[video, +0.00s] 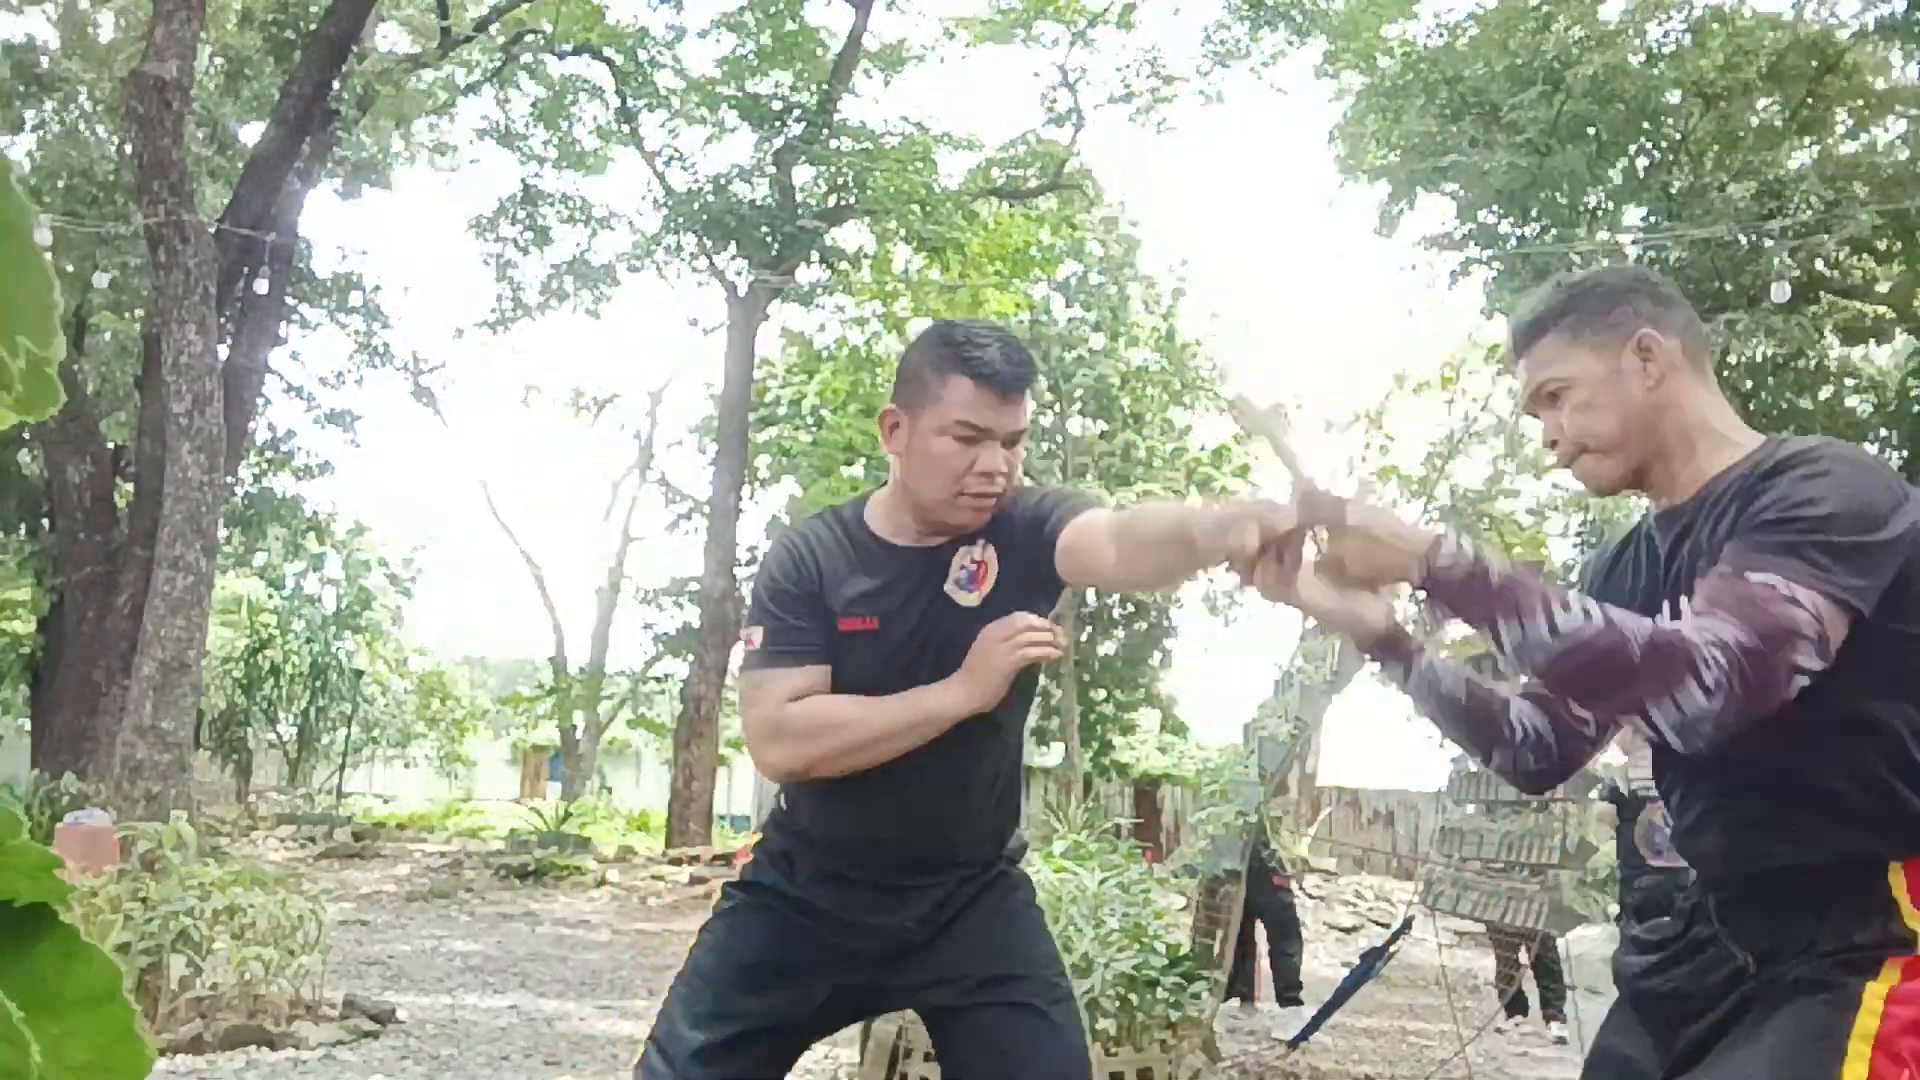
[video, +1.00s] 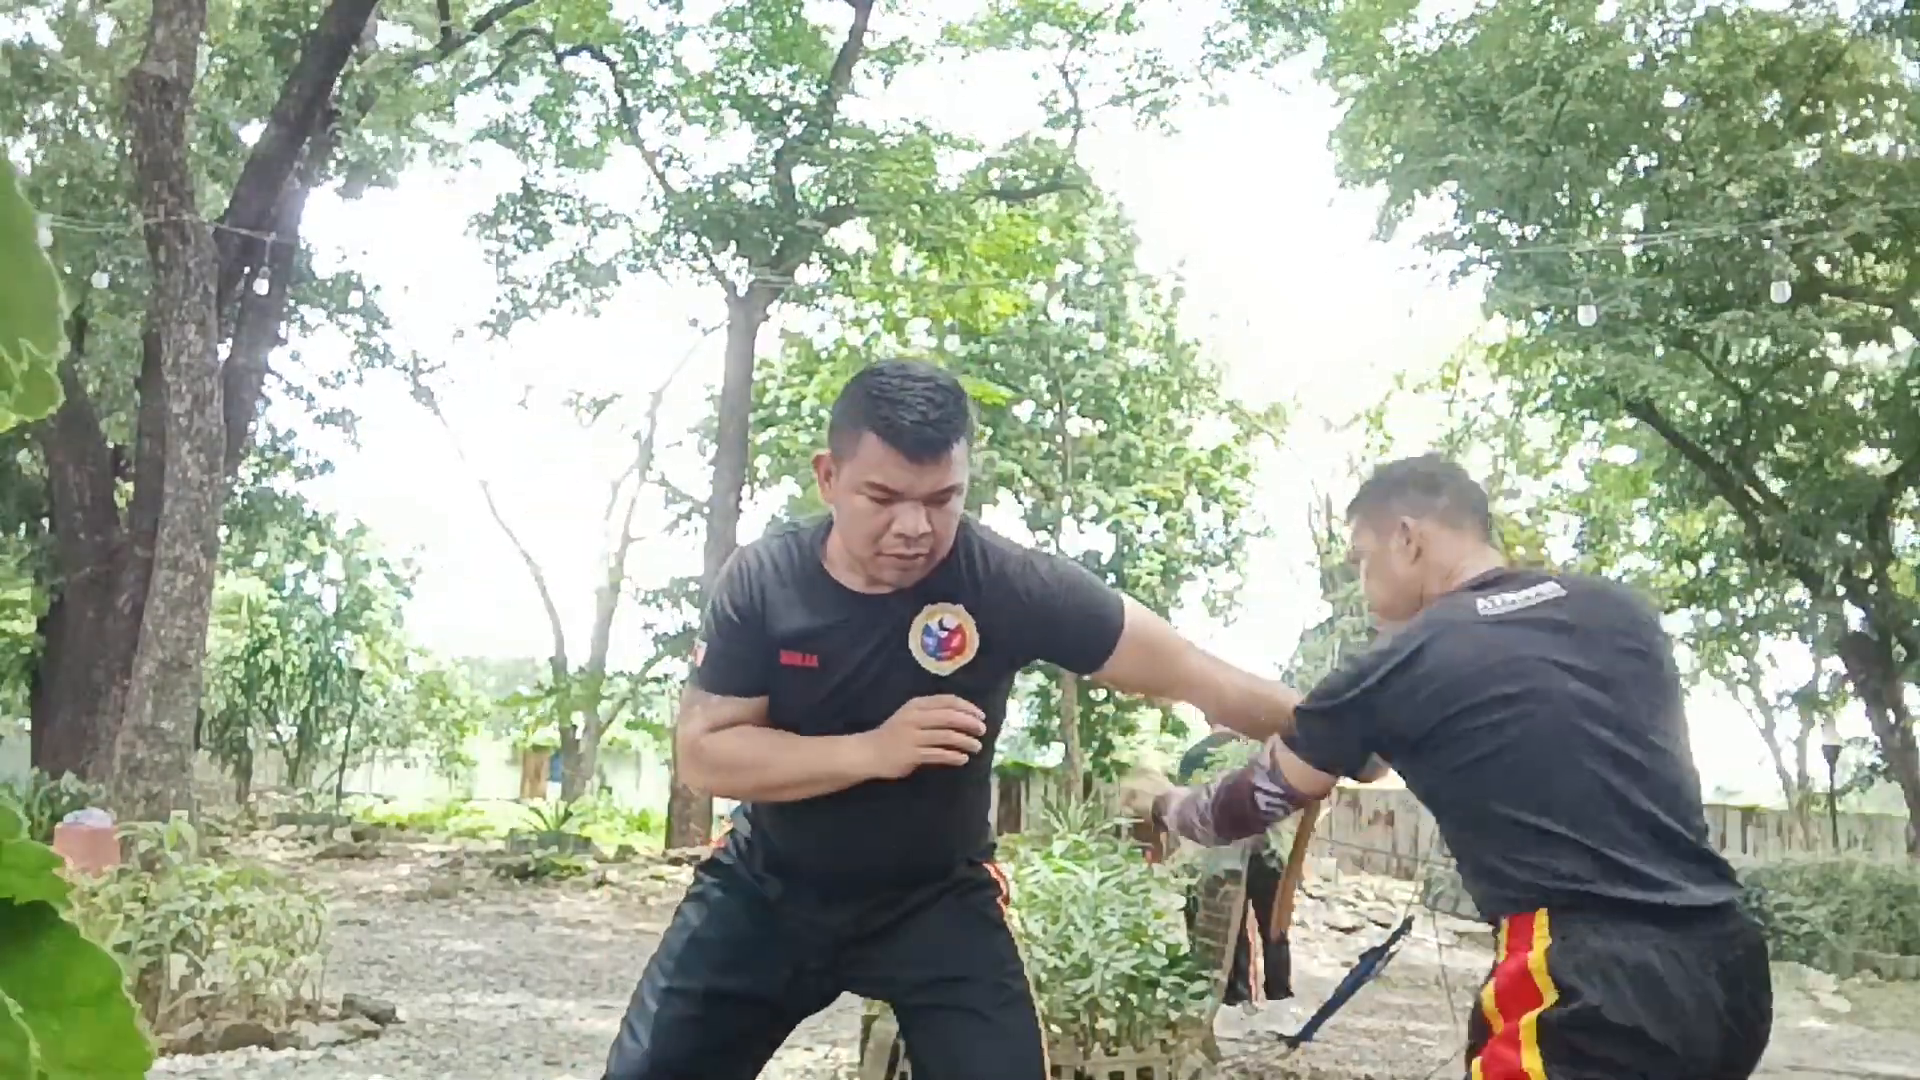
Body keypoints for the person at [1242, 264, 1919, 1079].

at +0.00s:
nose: (1547, 437)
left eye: (1555, 398)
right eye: (1537, 416)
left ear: (1648, 355)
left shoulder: (1832, 488)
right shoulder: (1629, 567)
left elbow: (1701, 685)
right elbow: (1536, 748)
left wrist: (1432, 560)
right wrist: (1383, 638)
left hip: (1854, 974)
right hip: (1690, 974)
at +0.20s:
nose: (1525, 544)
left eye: (1531, 503)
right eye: (1508, 518)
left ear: (1618, 453)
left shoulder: (1818, 593)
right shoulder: (1616, 629)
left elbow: (1725, 889)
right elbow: (1573, 849)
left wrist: (1458, 981)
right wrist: (1377, 926)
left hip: (1828, 1028)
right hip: (1678, 1019)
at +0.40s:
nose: (1453, 609)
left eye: (1449, 577)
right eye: (1438, 587)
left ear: (1517, 528)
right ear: (1519, 530)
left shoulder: (1654, 661)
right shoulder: (1604, 638)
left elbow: (1639, 935)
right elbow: (1500, 771)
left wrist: (1451, 970)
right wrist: (1326, 815)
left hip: (1820, 1003)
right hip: (1714, 984)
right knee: (1587, 1070)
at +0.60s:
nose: (1417, 608)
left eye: (1405, 580)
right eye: (1402, 586)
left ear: (1445, 546)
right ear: (1525, 518)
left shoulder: (1458, 691)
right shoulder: (1694, 594)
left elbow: (1423, 873)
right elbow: (1574, 685)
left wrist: (1313, 809)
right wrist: (1405, 727)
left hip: (1610, 1004)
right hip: (1785, 992)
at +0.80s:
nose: (1405, 590)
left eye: (1400, 562)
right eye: (1398, 566)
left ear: (1435, 545)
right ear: (1523, 531)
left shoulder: (1416, 684)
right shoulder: (1668, 622)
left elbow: (1317, 861)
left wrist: (1239, 838)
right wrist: (1350, 766)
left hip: (1561, 1019)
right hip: (1738, 1009)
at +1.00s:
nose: (1365, 598)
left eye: (1361, 564)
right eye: (1357, 569)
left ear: (1409, 541)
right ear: (1484, 536)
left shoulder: (1395, 668)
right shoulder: (1626, 609)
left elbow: (1268, 791)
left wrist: (1185, 815)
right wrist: (1376, 739)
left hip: (1580, 990)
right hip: (1730, 974)